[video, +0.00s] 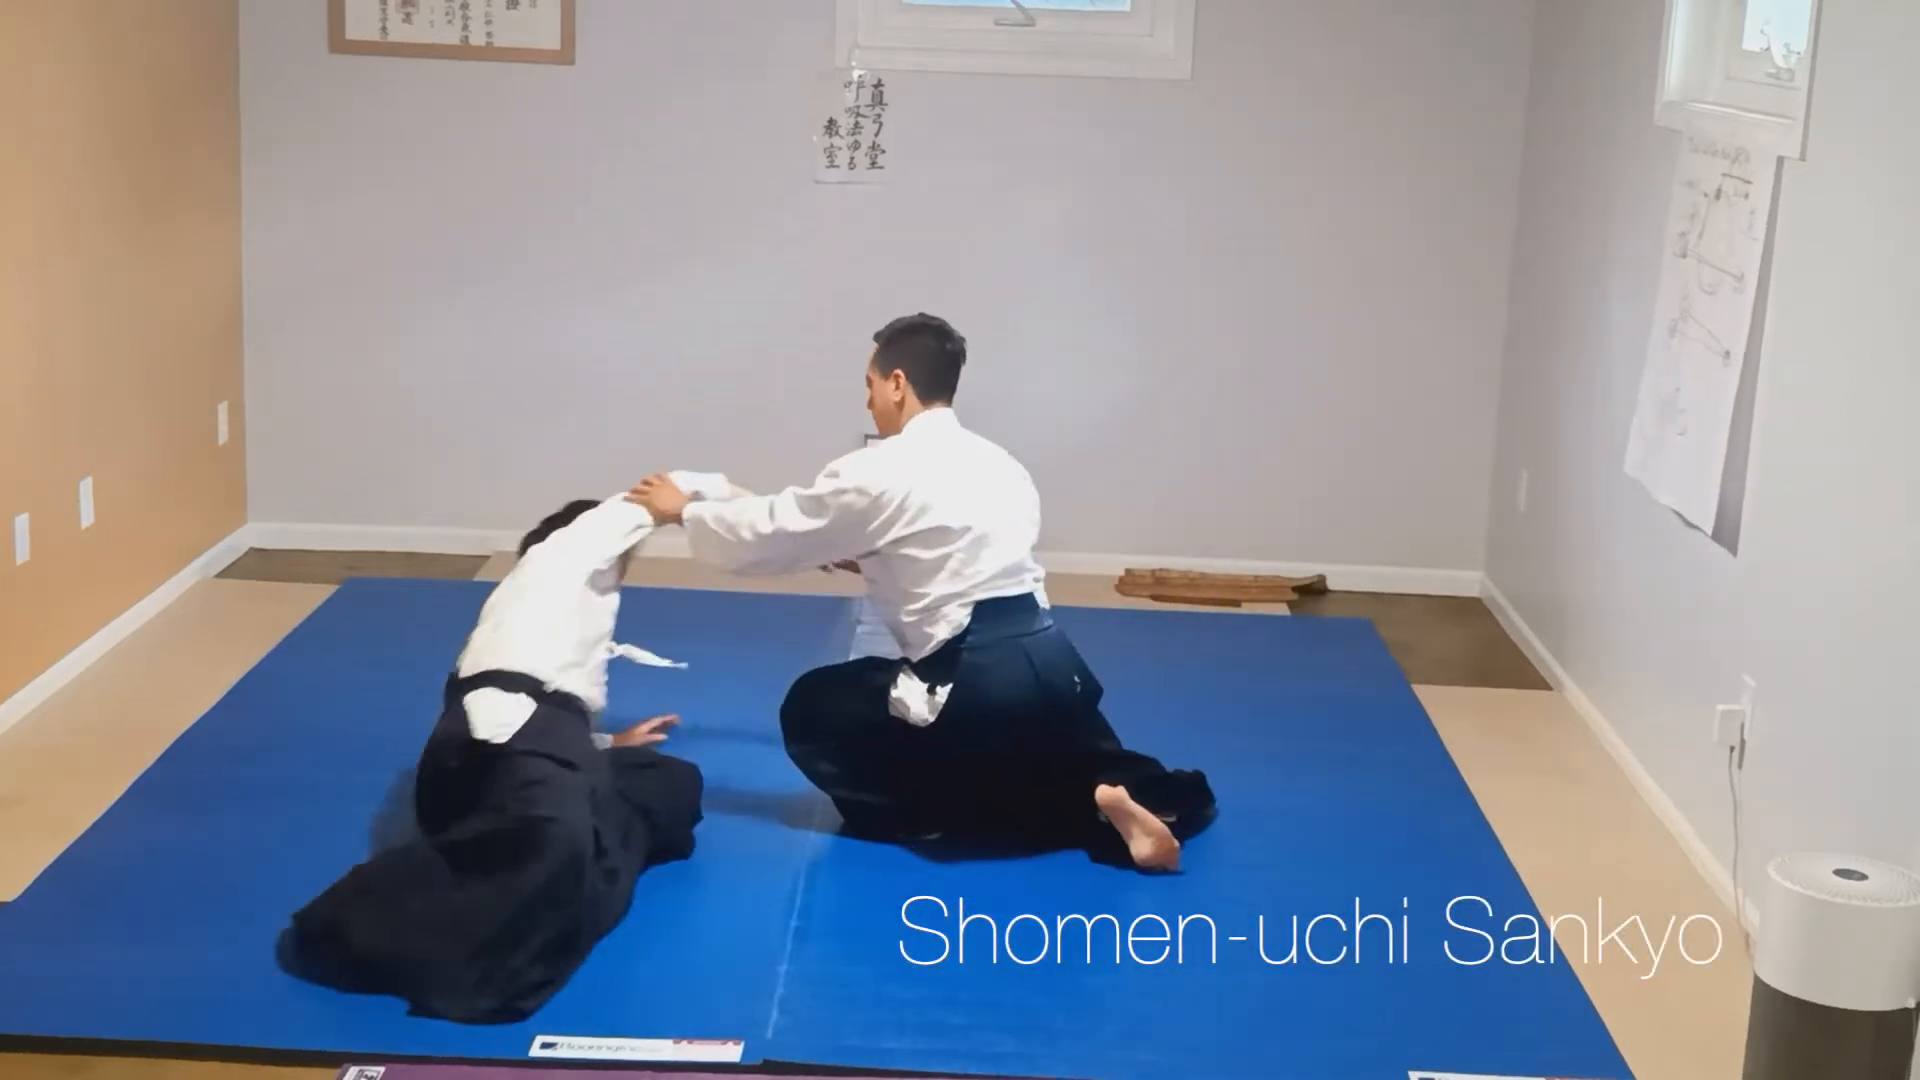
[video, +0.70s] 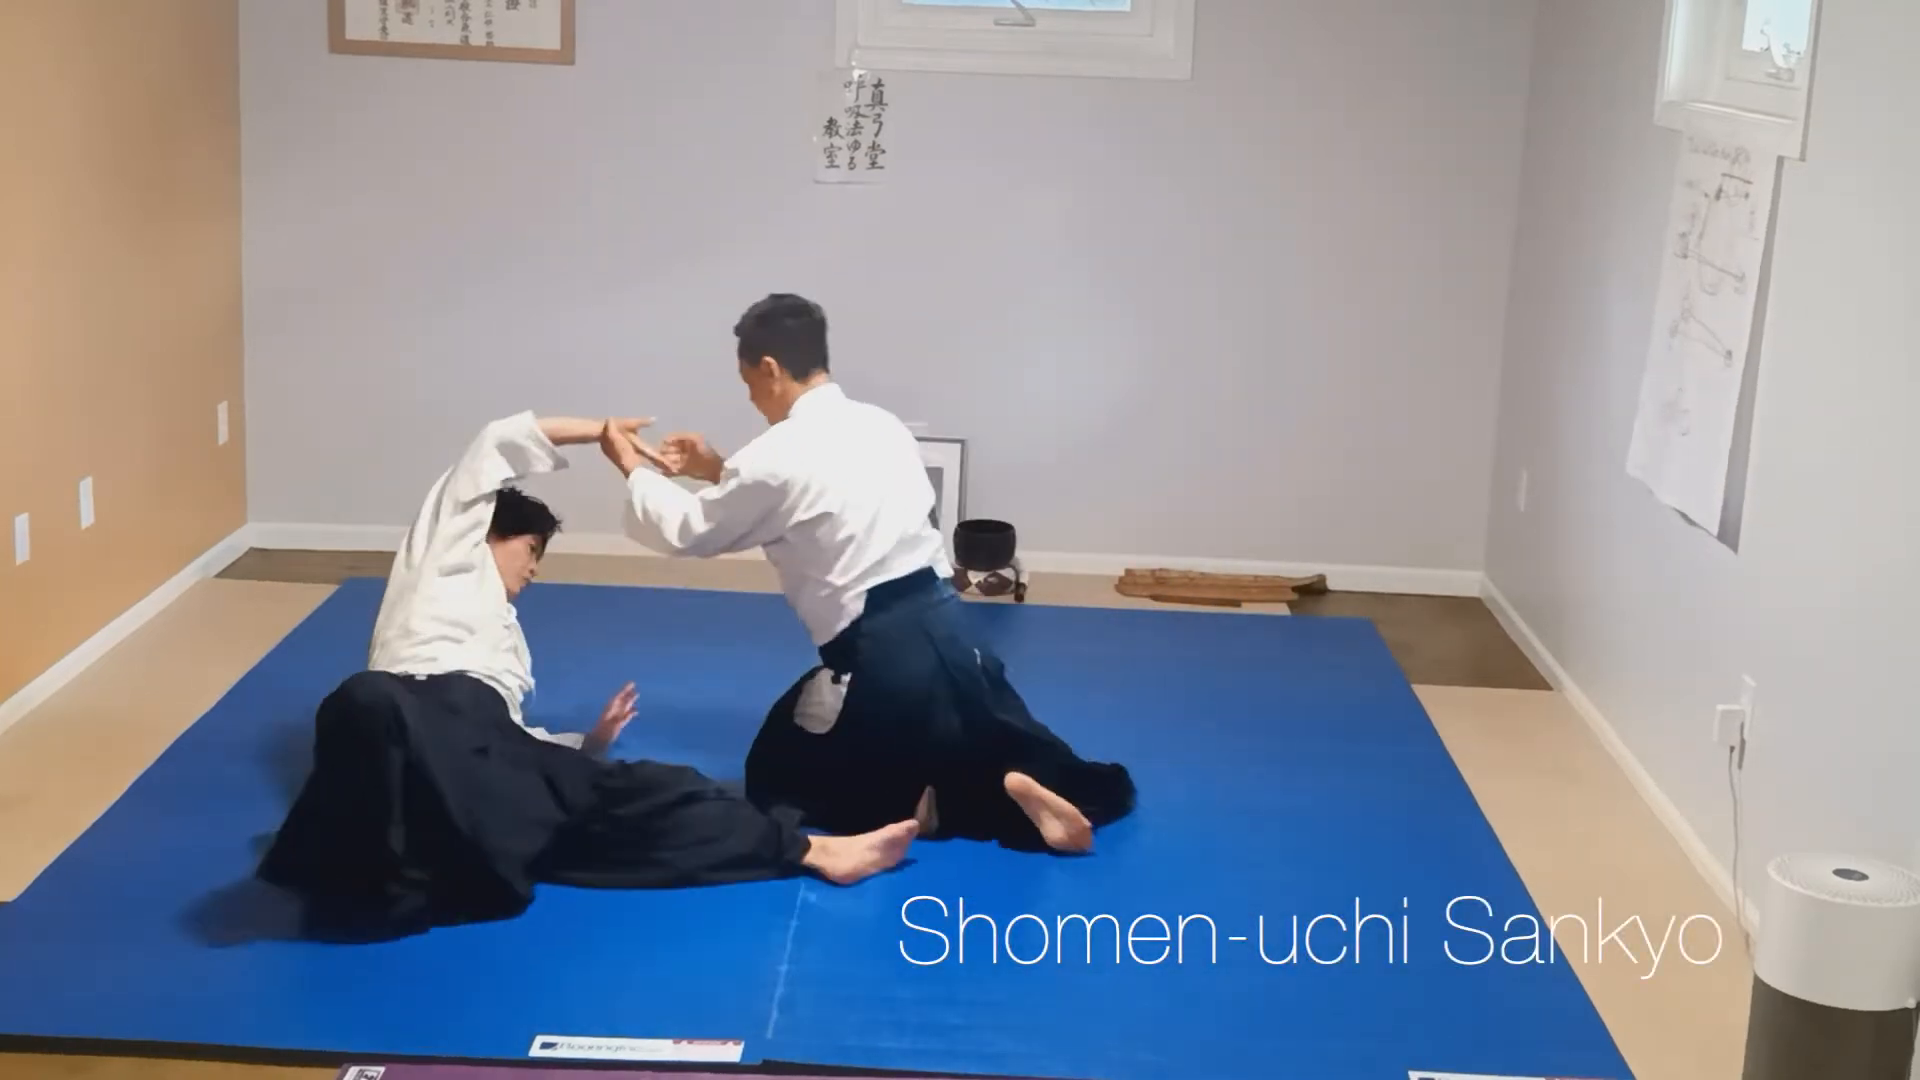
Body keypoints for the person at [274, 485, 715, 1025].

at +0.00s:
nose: (623, 564)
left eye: (623, 555)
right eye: (617, 546)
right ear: (582, 531)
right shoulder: (562, 554)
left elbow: (540, 719)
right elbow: (666, 494)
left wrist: (614, 743)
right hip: (516, 721)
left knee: (673, 781)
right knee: (553, 842)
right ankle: (344, 932)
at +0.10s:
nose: (575, 576)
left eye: (576, 567)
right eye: (570, 559)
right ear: (533, 539)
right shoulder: (516, 553)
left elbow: (515, 732)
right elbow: (621, 492)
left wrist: (585, 744)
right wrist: (702, 504)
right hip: (477, 713)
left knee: (672, 776)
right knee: (550, 795)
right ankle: (371, 917)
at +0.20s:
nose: (543, 573)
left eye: (541, 561)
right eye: (534, 552)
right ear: (505, 522)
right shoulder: (486, 536)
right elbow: (599, 490)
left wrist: (580, 742)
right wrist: (693, 504)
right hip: (471, 705)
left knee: (666, 772)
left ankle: (634, 864)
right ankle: (371, 892)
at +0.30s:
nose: (532, 553)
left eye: (533, 542)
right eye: (521, 536)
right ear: (482, 526)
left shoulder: (500, 645)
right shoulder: (460, 537)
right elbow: (552, 484)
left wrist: (577, 742)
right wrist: (655, 487)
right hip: (456, 694)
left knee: (665, 759)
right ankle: (353, 866)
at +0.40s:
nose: (525, 562)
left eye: (528, 548)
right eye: (517, 545)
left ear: (513, 548)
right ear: (485, 532)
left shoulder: (501, 638)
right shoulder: (450, 539)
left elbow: (503, 742)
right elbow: (542, 473)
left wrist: (576, 736)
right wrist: (644, 483)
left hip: (492, 744)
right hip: (426, 698)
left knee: (664, 753)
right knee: (537, 836)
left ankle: (787, 829)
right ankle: (372, 873)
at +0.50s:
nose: (528, 560)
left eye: (530, 546)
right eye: (521, 543)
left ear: (512, 551)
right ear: (488, 535)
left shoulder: (500, 641)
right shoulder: (445, 548)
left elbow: (503, 737)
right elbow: (523, 466)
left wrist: (577, 736)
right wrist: (623, 479)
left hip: (499, 771)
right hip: (419, 742)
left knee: (653, 767)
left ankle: (822, 814)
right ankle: (362, 866)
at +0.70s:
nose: (534, 572)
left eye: (538, 560)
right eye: (532, 553)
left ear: (512, 549)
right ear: (496, 532)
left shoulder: (499, 637)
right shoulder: (445, 538)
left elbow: (509, 746)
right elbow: (497, 437)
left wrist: (587, 746)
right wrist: (602, 429)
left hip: (493, 757)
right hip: (420, 725)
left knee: (659, 794)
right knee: (368, 695)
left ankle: (817, 849)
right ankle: (396, 867)